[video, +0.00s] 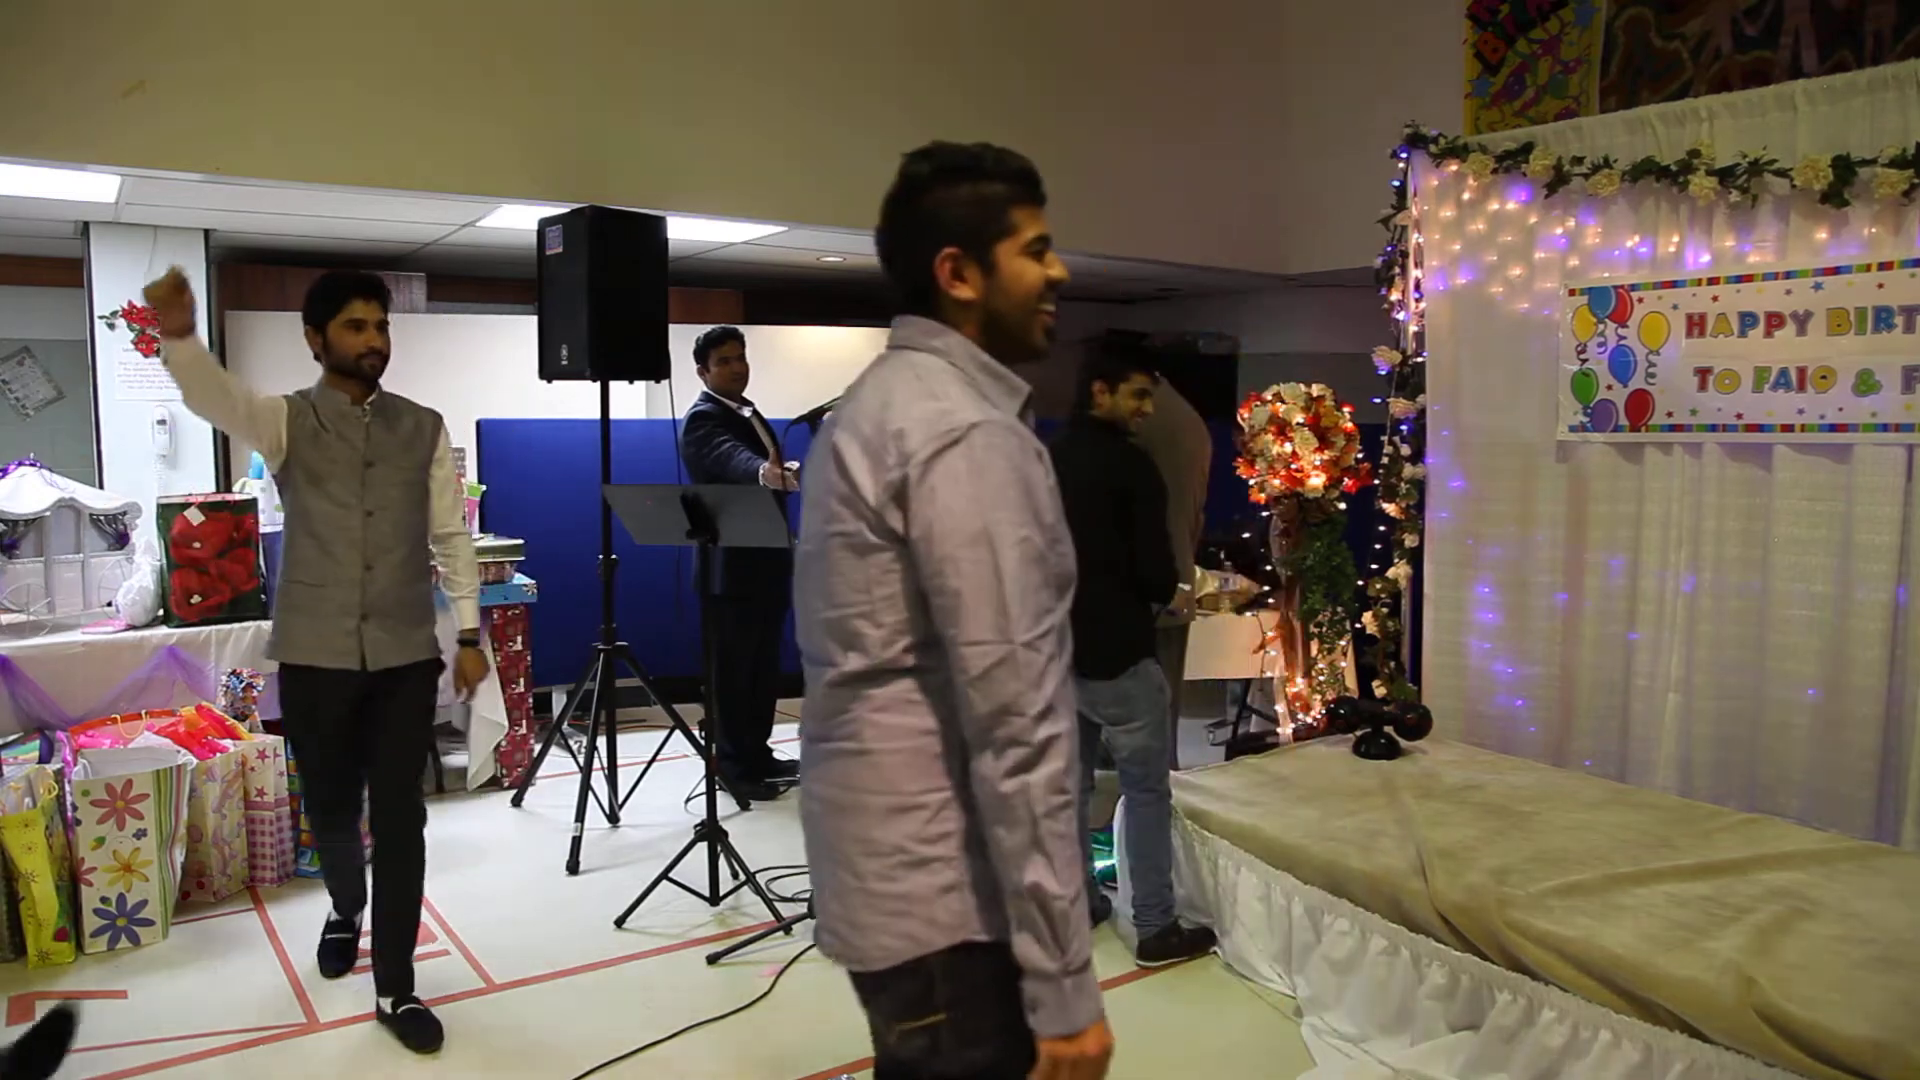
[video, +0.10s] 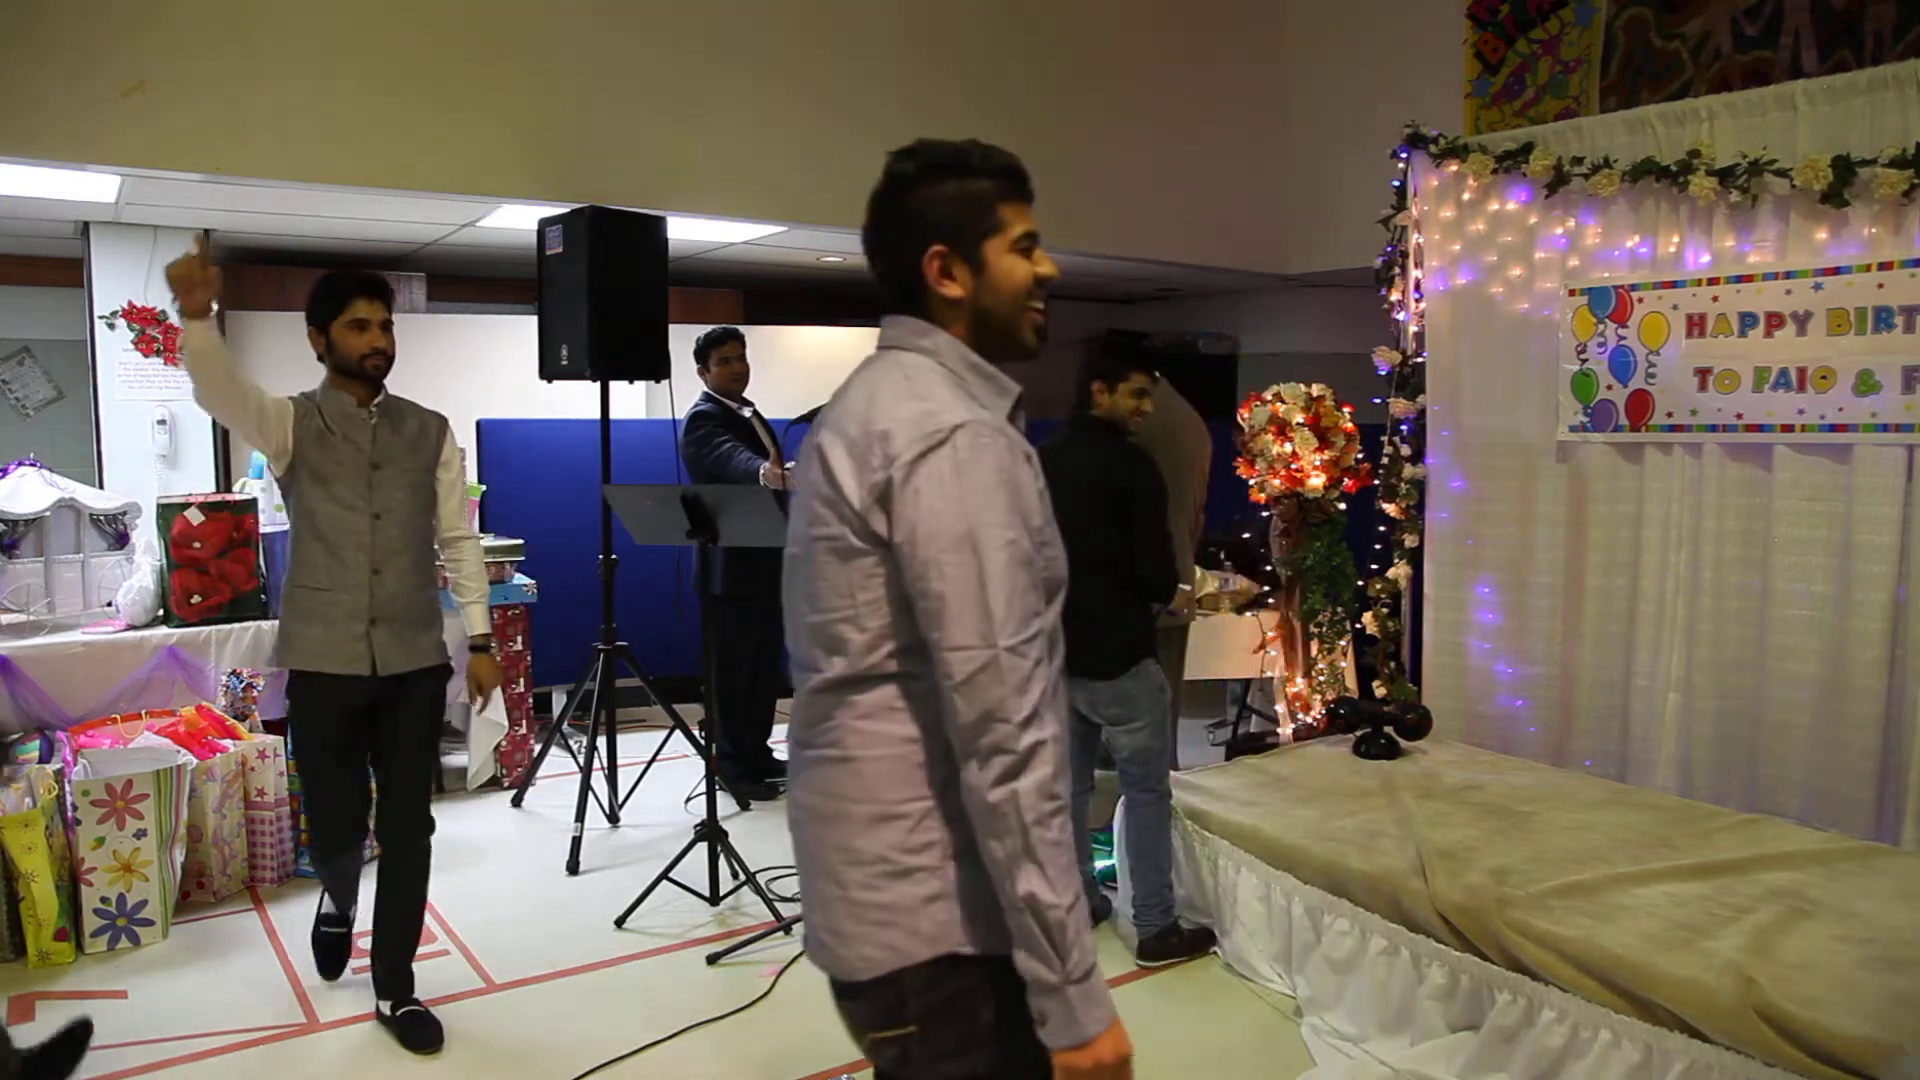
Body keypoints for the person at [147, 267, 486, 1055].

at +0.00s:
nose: (372, 338)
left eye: (381, 326)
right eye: (355, 325)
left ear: (389, 336)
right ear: (317, 335)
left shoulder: (423, 429)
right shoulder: (287, 420)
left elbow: (452, 539)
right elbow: (222, 400)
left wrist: (470, 634)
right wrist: (176, 335)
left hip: (405, 654)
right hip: (314, 656)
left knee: (400, 820)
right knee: (331, 815)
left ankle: (396, 988)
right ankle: (346, 914)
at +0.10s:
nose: (379, 338)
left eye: (385, 325)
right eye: (361, 325)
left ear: (396, 336)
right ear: (319, 340)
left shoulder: (430, 432)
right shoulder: (292, 423)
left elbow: (460, 541)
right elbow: (224, 395)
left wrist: (478, 640)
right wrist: (197, 316)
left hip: (413, 658)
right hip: (323, 661)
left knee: (407, 829)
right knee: (335, 828)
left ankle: (398, 987)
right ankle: (337, 908)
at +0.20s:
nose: (383, 336)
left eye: (390, 322)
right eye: (364, 322)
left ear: (400, 334)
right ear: (323, 336)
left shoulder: (434, 427)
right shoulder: (295, 419)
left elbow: (465, 537)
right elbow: (232, 384)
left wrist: (488, 640)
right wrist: (213, 304)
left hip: (419, 662)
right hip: (327, 664)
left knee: (414, 837)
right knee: (344, 836)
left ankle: (398, 989)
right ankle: (335, 937)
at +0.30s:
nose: (384, 330)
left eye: (392, 316)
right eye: (365, 317)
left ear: (403, 327)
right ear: (325, 331)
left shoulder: (439, 422)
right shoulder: (300, 413)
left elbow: (469, 531)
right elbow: (239, 377)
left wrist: (491, 632)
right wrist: (221, 297)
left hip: (423, 657)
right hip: (332, 659)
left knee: (415, 833)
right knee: (347, 832)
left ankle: (397, 989)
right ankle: (338, 991)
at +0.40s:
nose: (387, 333)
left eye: (395, 319)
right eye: (367, 320)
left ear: (406, 330)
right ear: (327, 334)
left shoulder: (442, 428)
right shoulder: (301, 420)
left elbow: (475, 539)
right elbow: (240, 382)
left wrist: (500, 640)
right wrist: (227, 300)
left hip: (426, 669)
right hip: (334, 671)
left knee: (419, 845)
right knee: (352, 849)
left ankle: (393, 984)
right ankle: (343, 1027)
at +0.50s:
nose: (387, 336)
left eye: (395, 323)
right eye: (369, 323)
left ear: (406, 336)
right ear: (328, 334)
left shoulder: (443, 435)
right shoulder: (299, 429)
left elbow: (476, 548)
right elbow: (239, 386)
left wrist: (499, 645)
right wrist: (229, 298)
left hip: (427, 677)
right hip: (334, 680)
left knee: (422, 851)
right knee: (353, 856)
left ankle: (394, 986)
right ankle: (347, 1043)